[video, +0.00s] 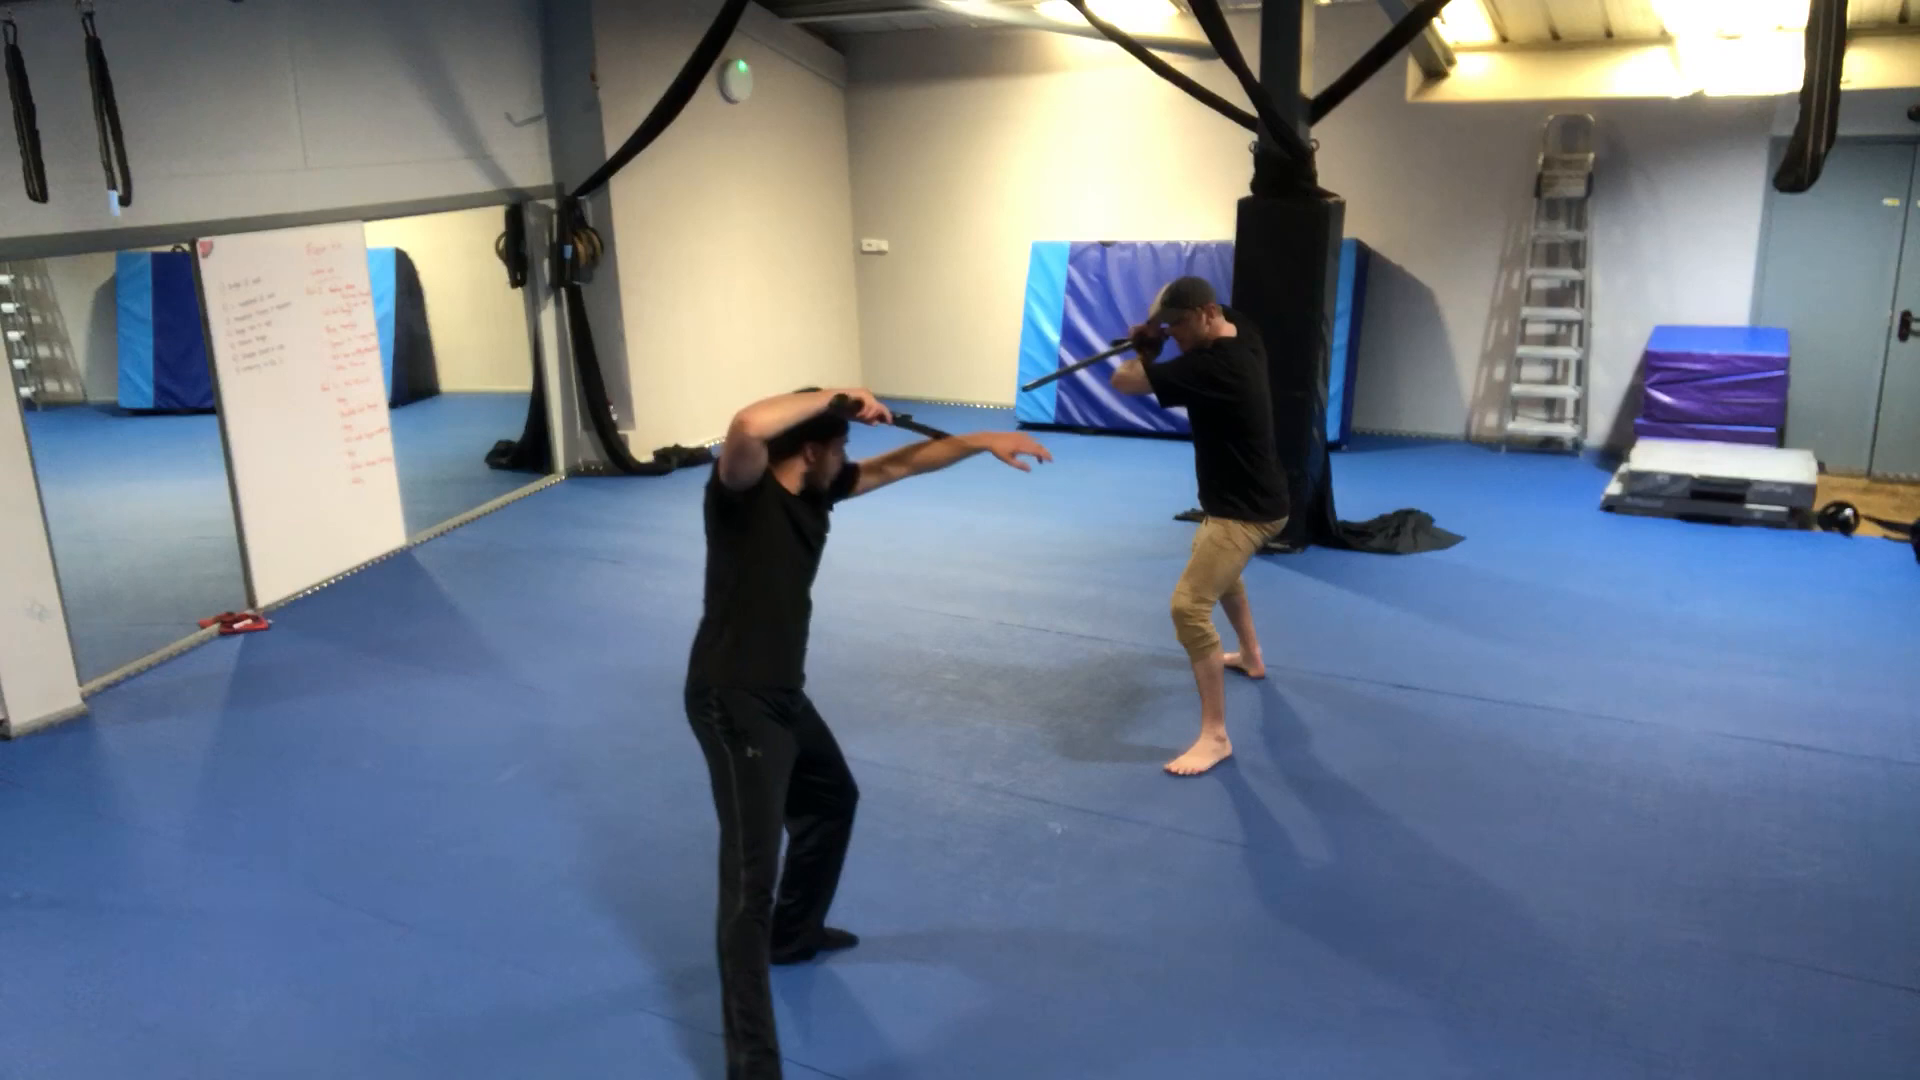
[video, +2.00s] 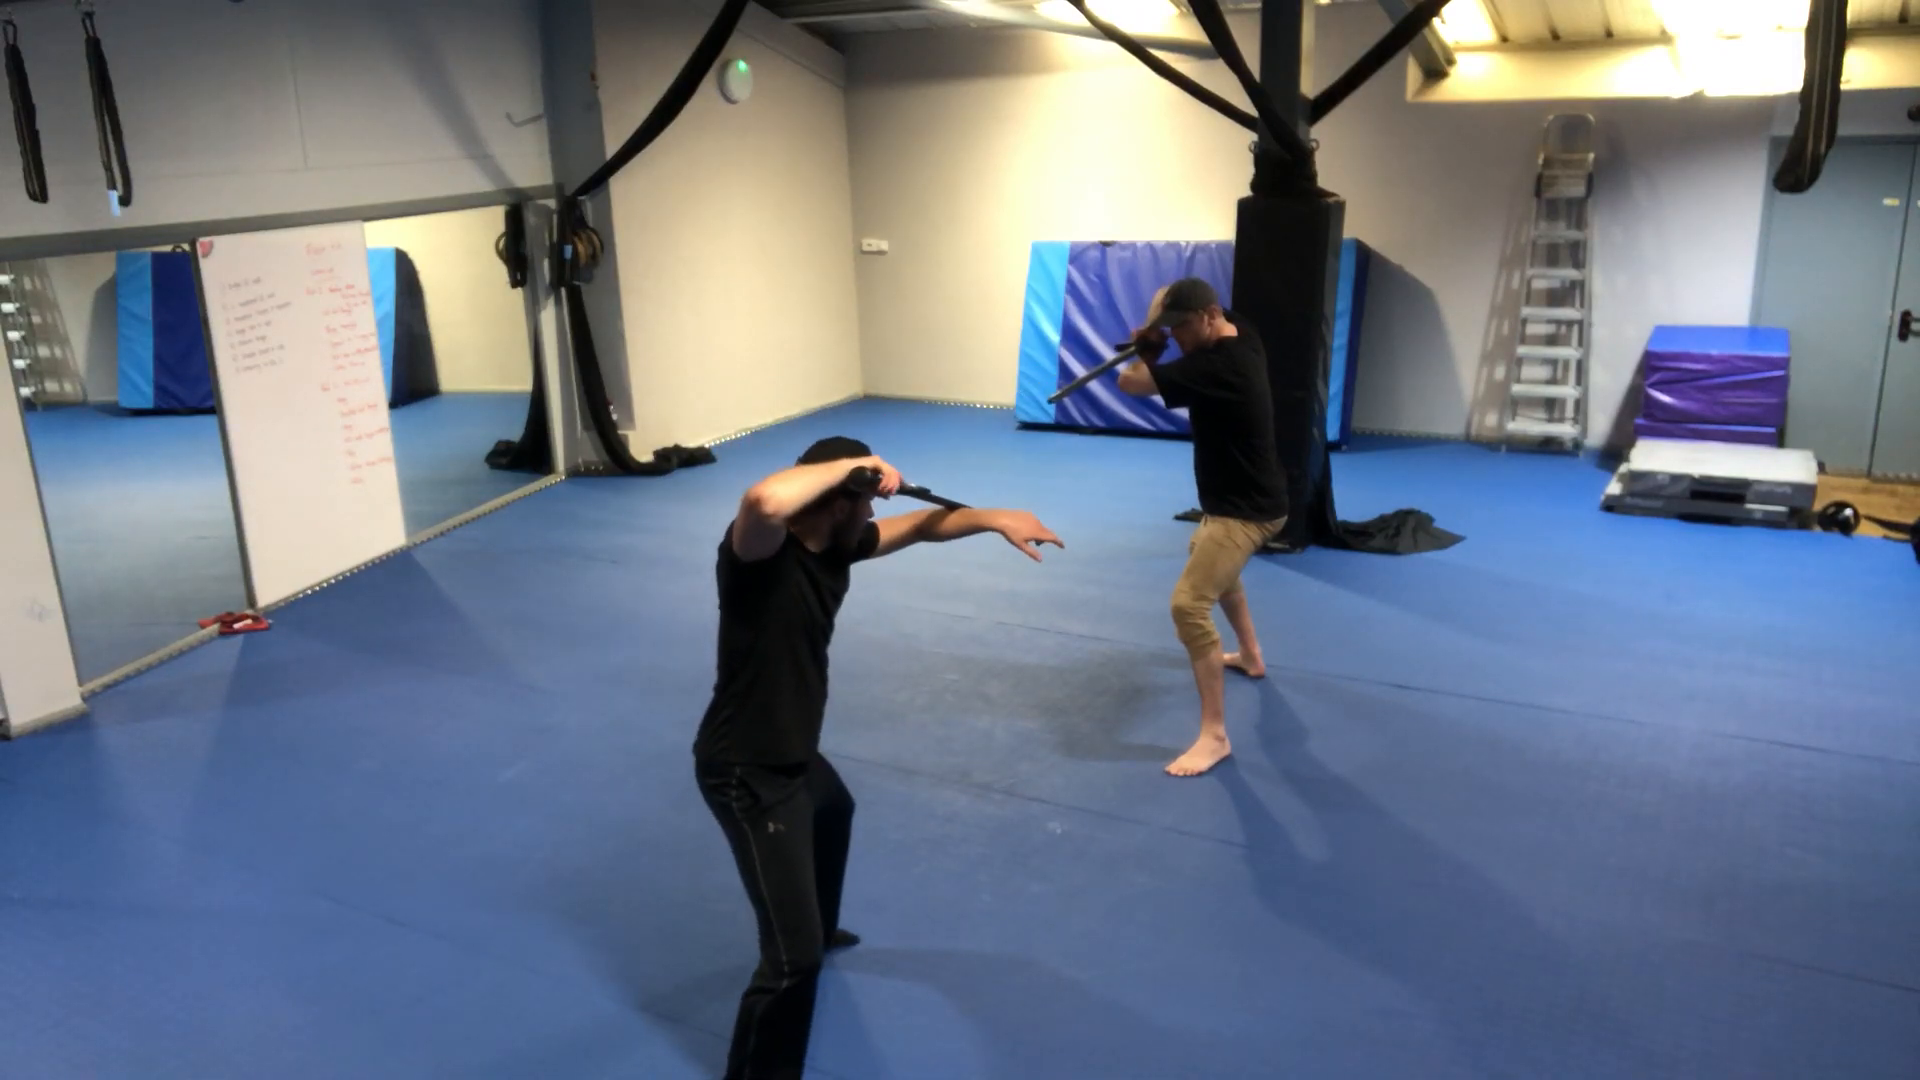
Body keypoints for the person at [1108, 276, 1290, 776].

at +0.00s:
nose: (1175, 338)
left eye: (1179, 329)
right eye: (1172, 329)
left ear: (1206, 316)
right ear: (1210, 315)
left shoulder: (1211, 364)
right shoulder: (1241, 339)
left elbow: (1127, 380)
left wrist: (1145, 352)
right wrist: (1153, 331)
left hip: (1242, 512)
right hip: (1243, 501)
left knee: (1190, 610)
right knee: (1220, 572)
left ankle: (1214, 735)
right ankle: (1250, 653)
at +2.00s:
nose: (1178, 341)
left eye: (1181, 332)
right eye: (1175, 332)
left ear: (1207, 319)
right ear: (1211, 317)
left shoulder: (1215, 364)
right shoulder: (1240, 340)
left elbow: (1131, 381)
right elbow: (1177, 296)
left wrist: (1149, 350)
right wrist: (1153, 326)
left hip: (1244, 512)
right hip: (1234, 501)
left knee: (1190, 607)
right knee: (1207, 555)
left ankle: (1214, 734)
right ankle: (1250, 653)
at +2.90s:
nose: (1182, 315)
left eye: (1190, 307)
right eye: (1179, 307)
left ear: (1218, 301)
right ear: (1210, 303)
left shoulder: (1210, 352)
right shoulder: (1234, 332)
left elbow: (1150, 411)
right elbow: (1163, 345)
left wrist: (1105, 382)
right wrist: (1112, 349)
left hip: (1240, 501)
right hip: (1244, 491)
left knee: (1191, 603)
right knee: (1213, 575)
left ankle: (1212, 728)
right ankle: (1264, 651)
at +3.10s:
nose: (1187, 316)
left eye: (1197, 307)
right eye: (1180, 307)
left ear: (1221, 306)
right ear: (1172, 308)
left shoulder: (1235, 353)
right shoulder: (1178, 357)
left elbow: (1165, 400)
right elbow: (1143, 410)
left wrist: (1098, 387)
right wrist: (1100, 376)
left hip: (1235, 513)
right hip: (1188, 507)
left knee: (1179, 619)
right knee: (1216, 592)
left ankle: (1204, 730)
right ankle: (1261, 647)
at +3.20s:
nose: (1181, 312)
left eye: (1192, 303)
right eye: (1174, 302)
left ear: (1215, 301)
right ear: (1164, 302)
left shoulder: (1238, 338)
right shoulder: (1158, 356)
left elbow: (1179, 359)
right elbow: (1115, 436)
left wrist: (1097, 358)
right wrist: (1087, 372)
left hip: (1223, 510)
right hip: (1168, 507)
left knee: (1181, 635)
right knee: (1163, 625)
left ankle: (1206, 734)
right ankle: (1229, 630)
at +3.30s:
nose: (1169, 309)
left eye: (1178, 298)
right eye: (1159, 299)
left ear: (1199, 293)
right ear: (1146, 297)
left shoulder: (1225, 329)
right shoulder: (1133, 357)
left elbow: (1193, 344)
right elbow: (1114, 433)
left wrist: (1097, 345)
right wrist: (1084, 367)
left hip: (1213, 508)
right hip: (1149, 507)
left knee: (1190, 646)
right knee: (1122, 637)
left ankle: (1208, 732)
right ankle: (1173, 675)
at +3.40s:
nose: (1147, 306)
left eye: (1156, 295)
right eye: (1137, 296)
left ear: (1176, 290)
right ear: (1124, 295)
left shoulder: (1201, 325)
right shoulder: (1110, 352)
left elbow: (1196, 349)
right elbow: (1111, 442)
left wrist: (1105, 364)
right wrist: (1082, 381)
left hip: (1194, 518)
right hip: (1126, 518)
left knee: (1194, 653)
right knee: (1091, 645)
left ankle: (1205, 735)